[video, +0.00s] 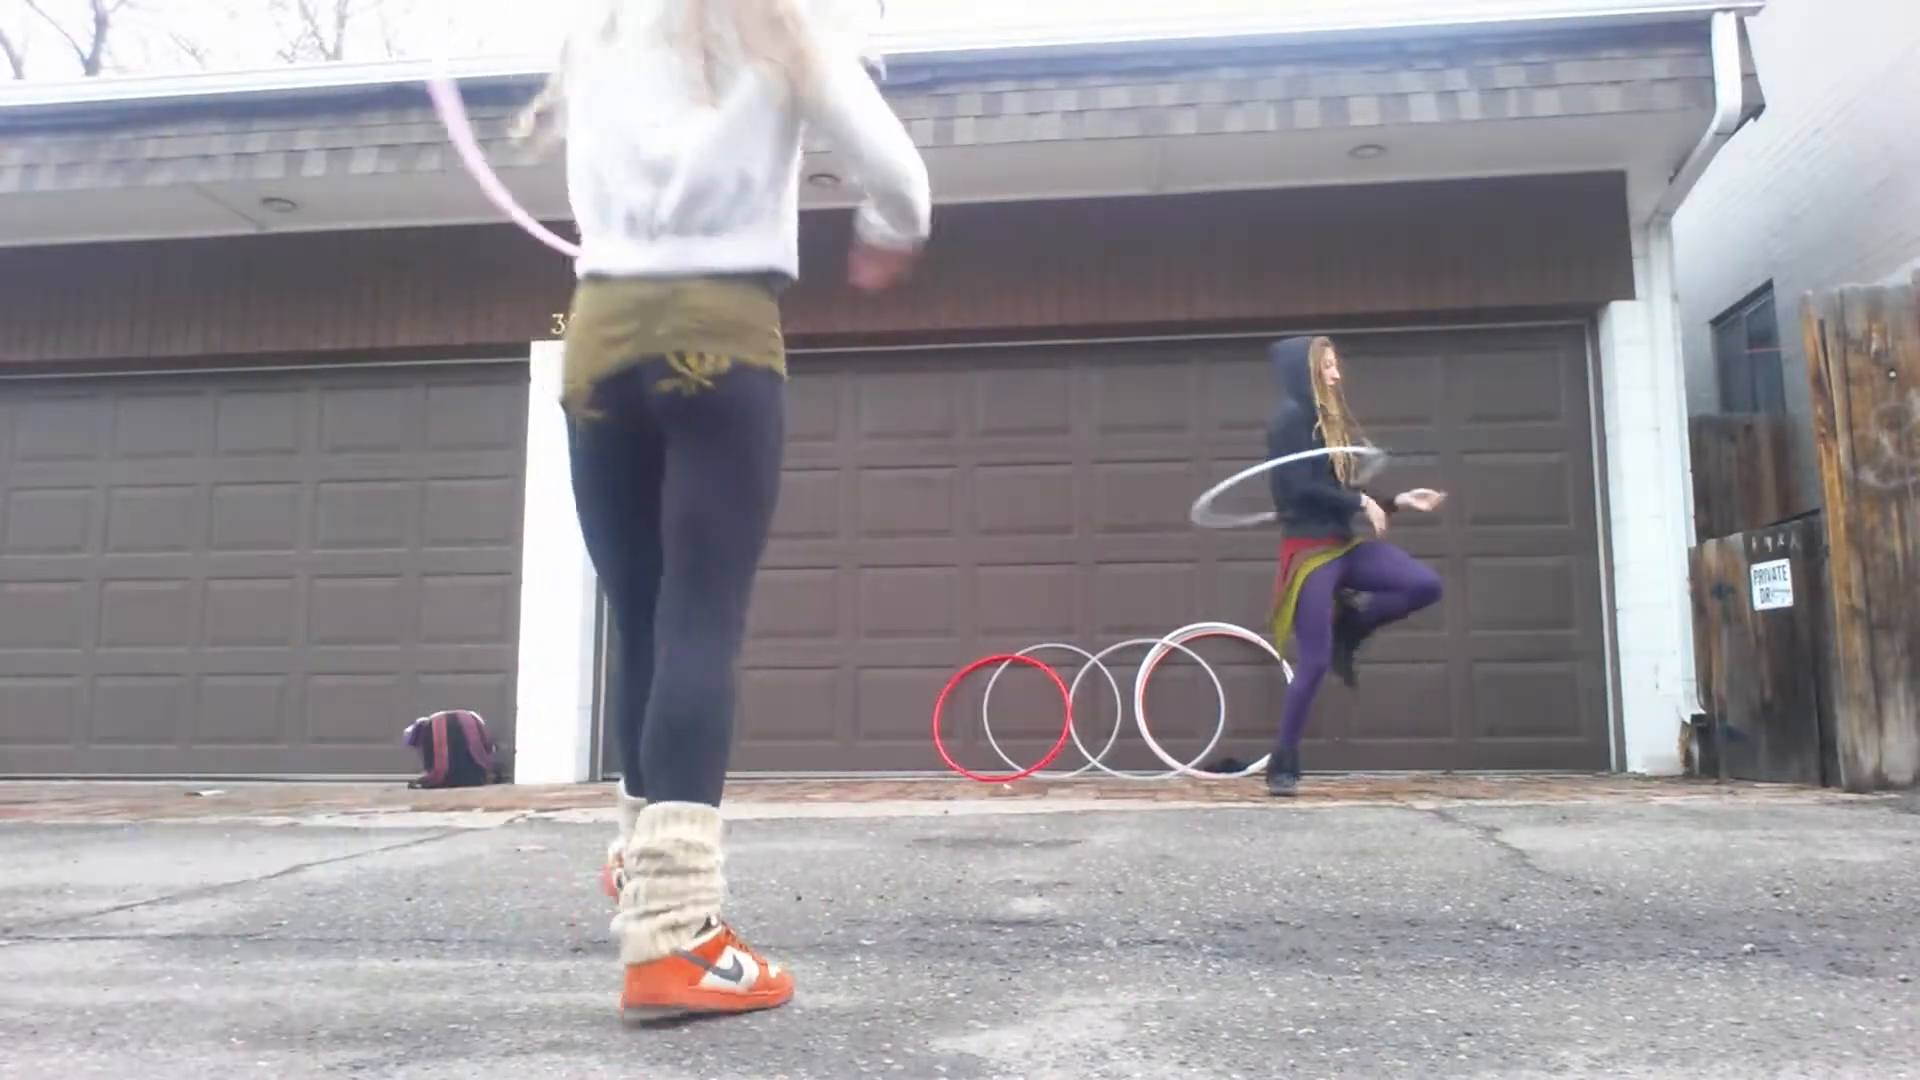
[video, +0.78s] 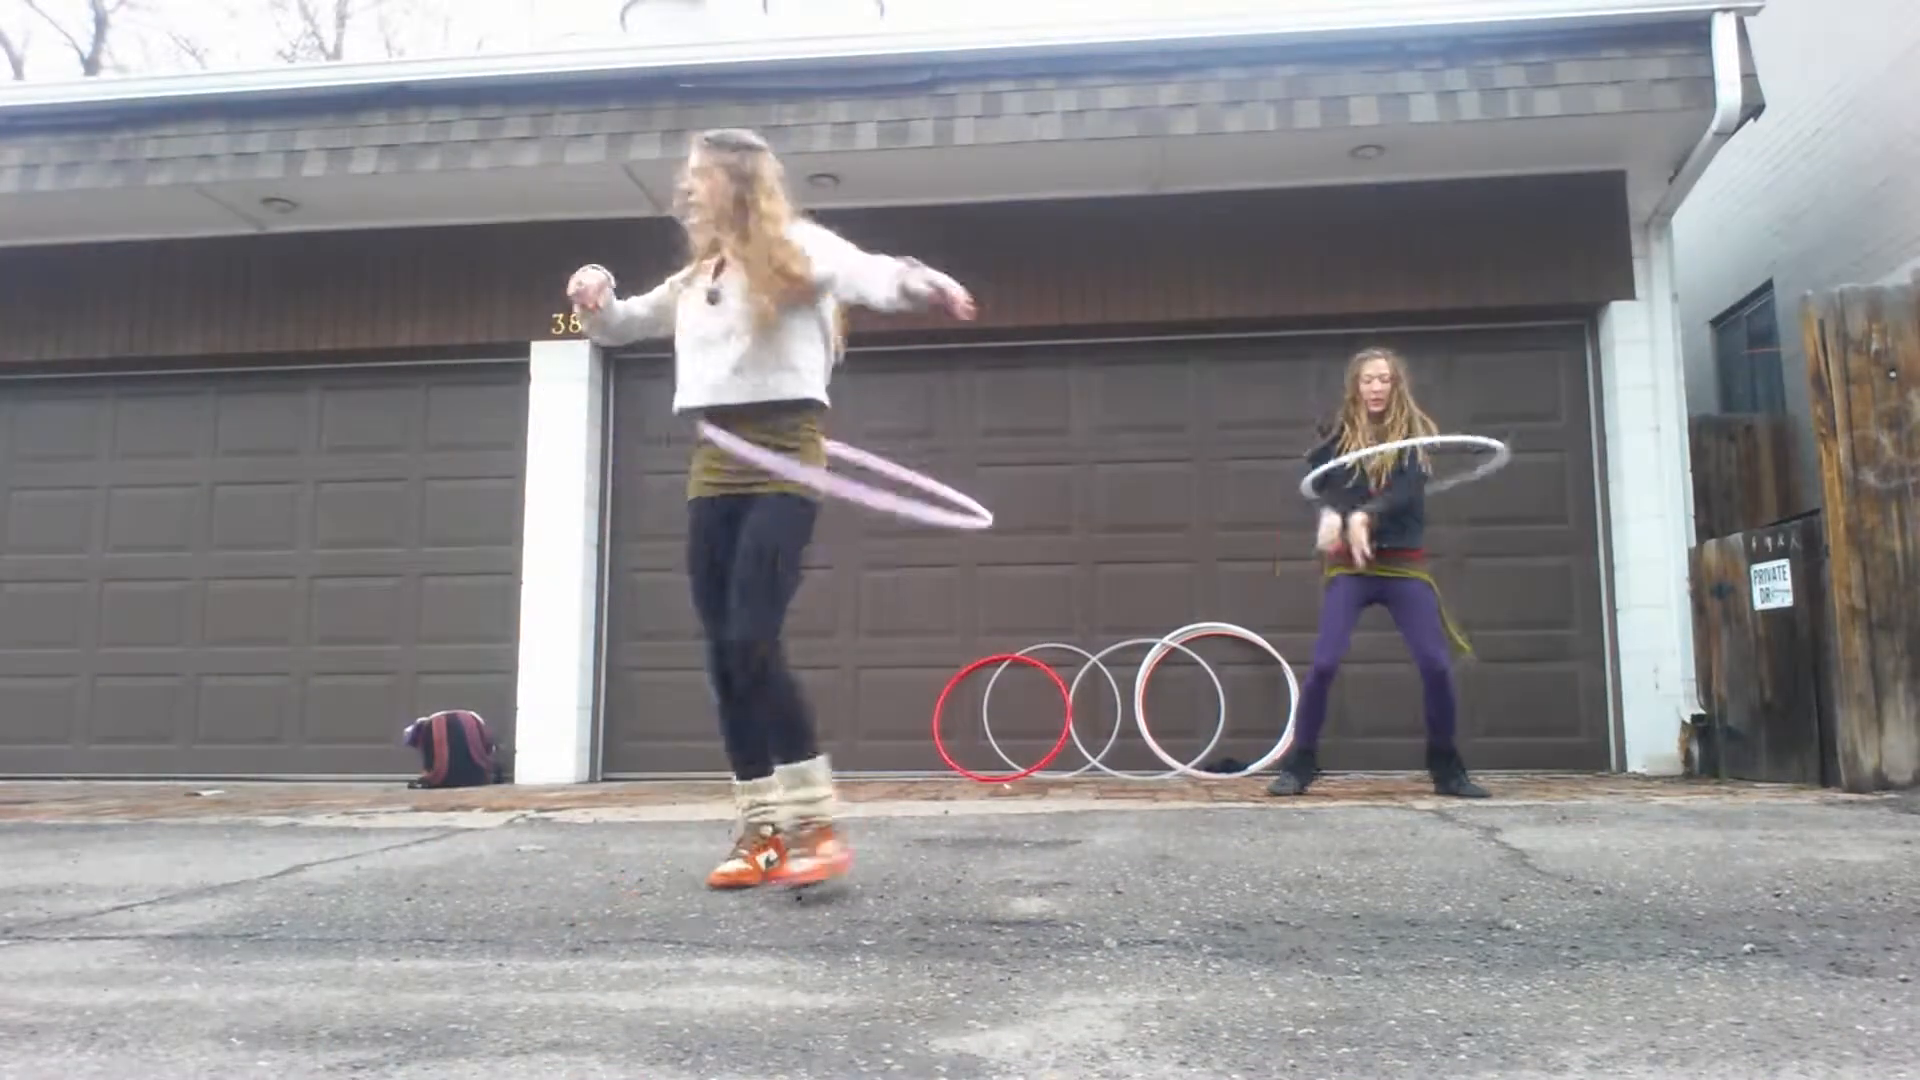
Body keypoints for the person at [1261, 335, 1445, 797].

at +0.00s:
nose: (1335, 372)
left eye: (1335, 365)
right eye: (1326, 366)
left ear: (1333, 369)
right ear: (1305, 371)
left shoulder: (1331, 420)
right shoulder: (1292, 420)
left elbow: (1340, 492)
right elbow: (1299, 488)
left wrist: (1397, 502)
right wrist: (1357, 505)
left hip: (1348, 545)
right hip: (1311, 551)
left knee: (1424, 586)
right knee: (1314, 662)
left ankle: (1349, 624)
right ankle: (1283, 763)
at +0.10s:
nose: (1343, 370)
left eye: (1342, 362)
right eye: (1336, 362)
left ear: (1322, 367)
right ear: (1314, 366)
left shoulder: (1325, 411)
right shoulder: (1305, 406)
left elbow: (1318, 480)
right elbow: (1352, 463)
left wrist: (1356, 496)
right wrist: (1381, 477)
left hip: (1348, 543)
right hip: (1312, 548)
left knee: (1423, 597)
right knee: (1312, 656)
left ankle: (1387, 682)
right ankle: (1282, 761)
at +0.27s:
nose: (1362, 367)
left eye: (1362, 359)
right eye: (1354, 359)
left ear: (1350, 364)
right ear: (1331, 364)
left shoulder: (1354, 406)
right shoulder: (1312, 402)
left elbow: (1354, 465)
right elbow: (1350, 449)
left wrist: (1384, 457)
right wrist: (1384, 456)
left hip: (1372, 544)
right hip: (1328, 547)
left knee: (1417, 646)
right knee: (1313, 658)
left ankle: (1446, 761)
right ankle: (1282, 765)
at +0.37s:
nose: (1371, 379)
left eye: (1376, 372)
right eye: (1362, 371)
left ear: (1385, 378)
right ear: (1343, 374)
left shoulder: (1387, 430)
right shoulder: (1319, 422)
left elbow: (1393, 494)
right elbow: (1335, 426)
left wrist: (1443, 479)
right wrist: (1391, 419)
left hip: (1393, 554)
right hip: (1341, 555)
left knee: (1426, 655)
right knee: (1321, 660)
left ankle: (1445, 768)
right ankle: (1285, 765)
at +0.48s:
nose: (1382, 383)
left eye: (1388, 376)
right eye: (1372, 375)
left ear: (1397, 381)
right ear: (1355, 380)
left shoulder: (1415, 428)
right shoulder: (1336, 419)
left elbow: (1439, 486)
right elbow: (1290, 442)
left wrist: (1417, 490)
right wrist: (1331, 427)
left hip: (1405, 558)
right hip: (1348, 557)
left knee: (1435, 659)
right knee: (1327, 663)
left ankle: (1445, 770)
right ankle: (1287, 766)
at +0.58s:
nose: (1386, 387)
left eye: (1393, 378)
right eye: (1377, 378)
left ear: (1406, 384)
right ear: (1360, 383)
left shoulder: (1425, 431)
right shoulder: (1340, 426)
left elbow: (1419, 483)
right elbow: (1302, 461)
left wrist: (1360, 497)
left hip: (1413, 561)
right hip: (1354, 559)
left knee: (1439, 664)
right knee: (1328, 665)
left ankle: (1445, 768)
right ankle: (1291, 763)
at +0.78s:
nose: (1376, 389)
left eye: (1385, 381)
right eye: (1368, 381)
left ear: (1396, 387)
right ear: (1355, 387)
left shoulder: (1412, 436)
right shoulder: (1339, 435)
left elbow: (1407, 490)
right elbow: (1318, 476)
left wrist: (1364, 514)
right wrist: (1330, 512)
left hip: (1404, 568)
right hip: (1348, 569)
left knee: (1436, 663)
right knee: (1323, 665)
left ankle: (1446, 769)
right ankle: (1299, 765)